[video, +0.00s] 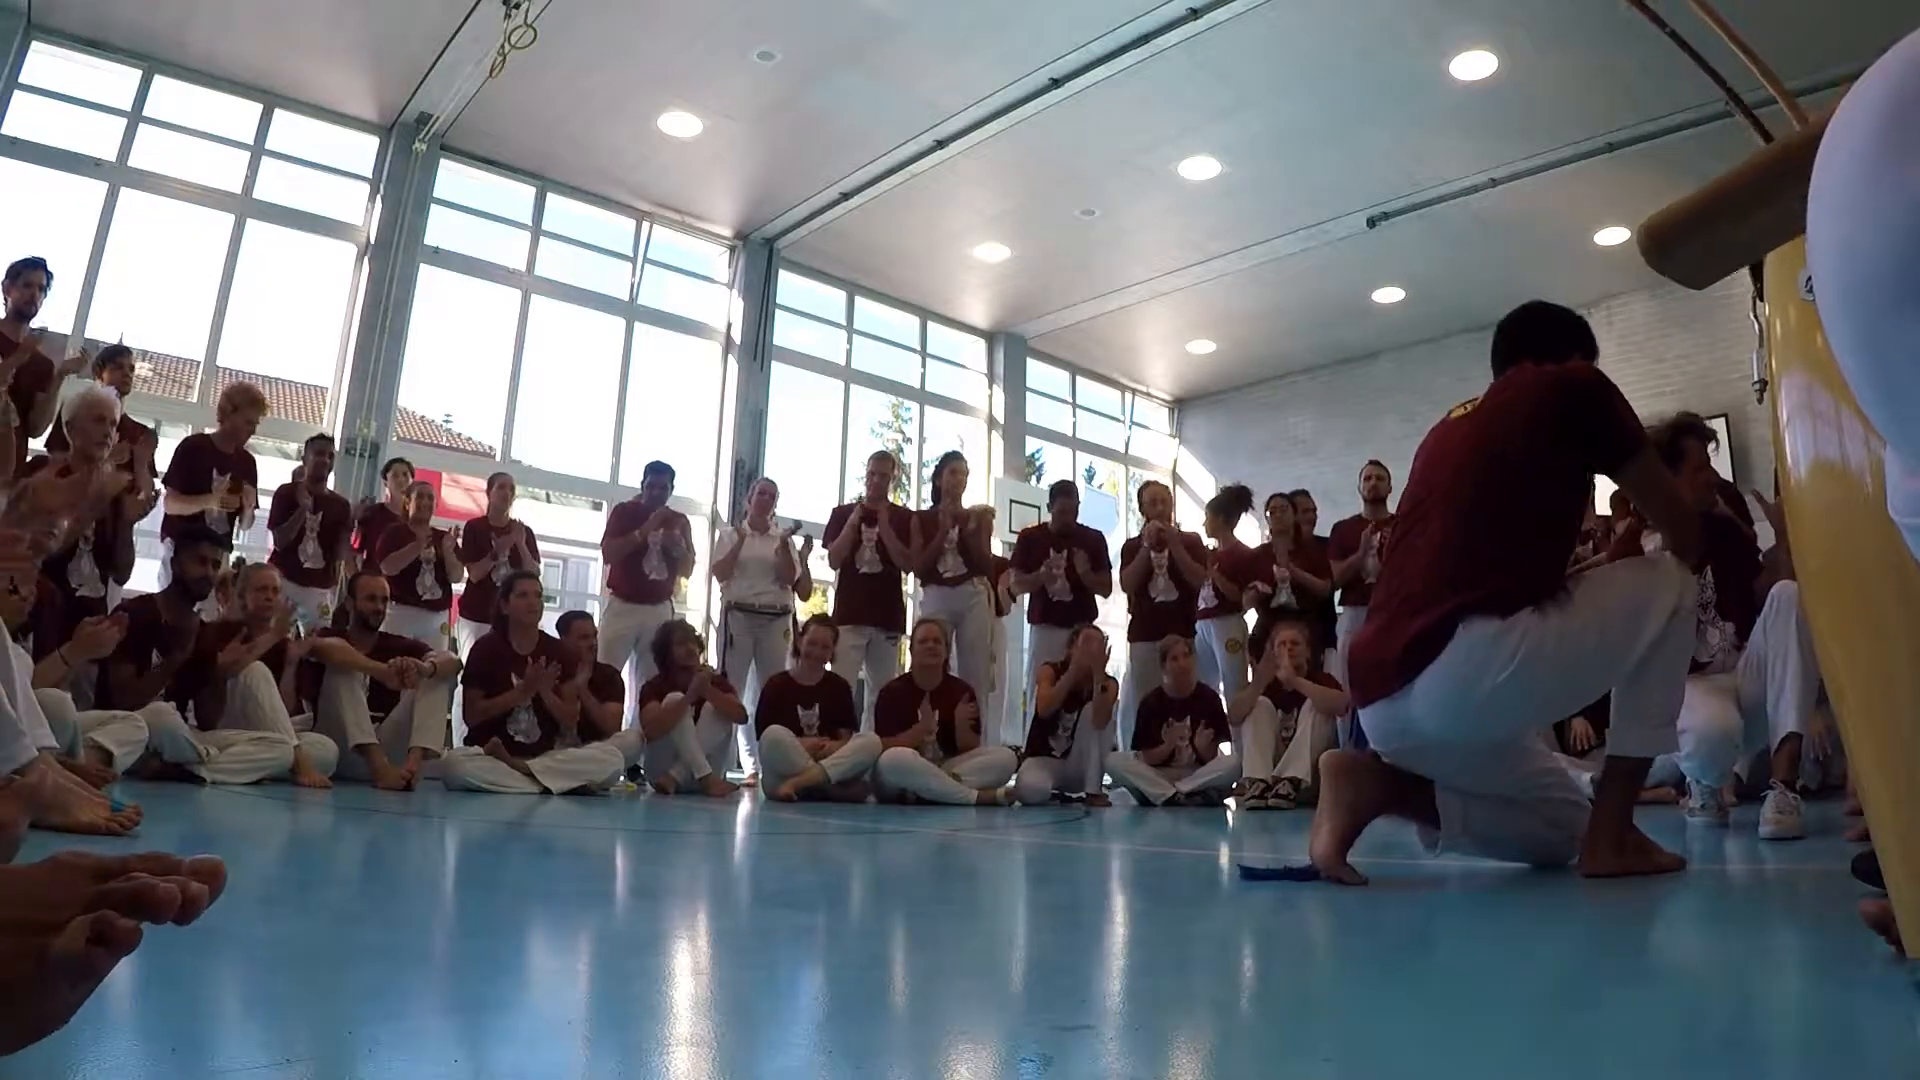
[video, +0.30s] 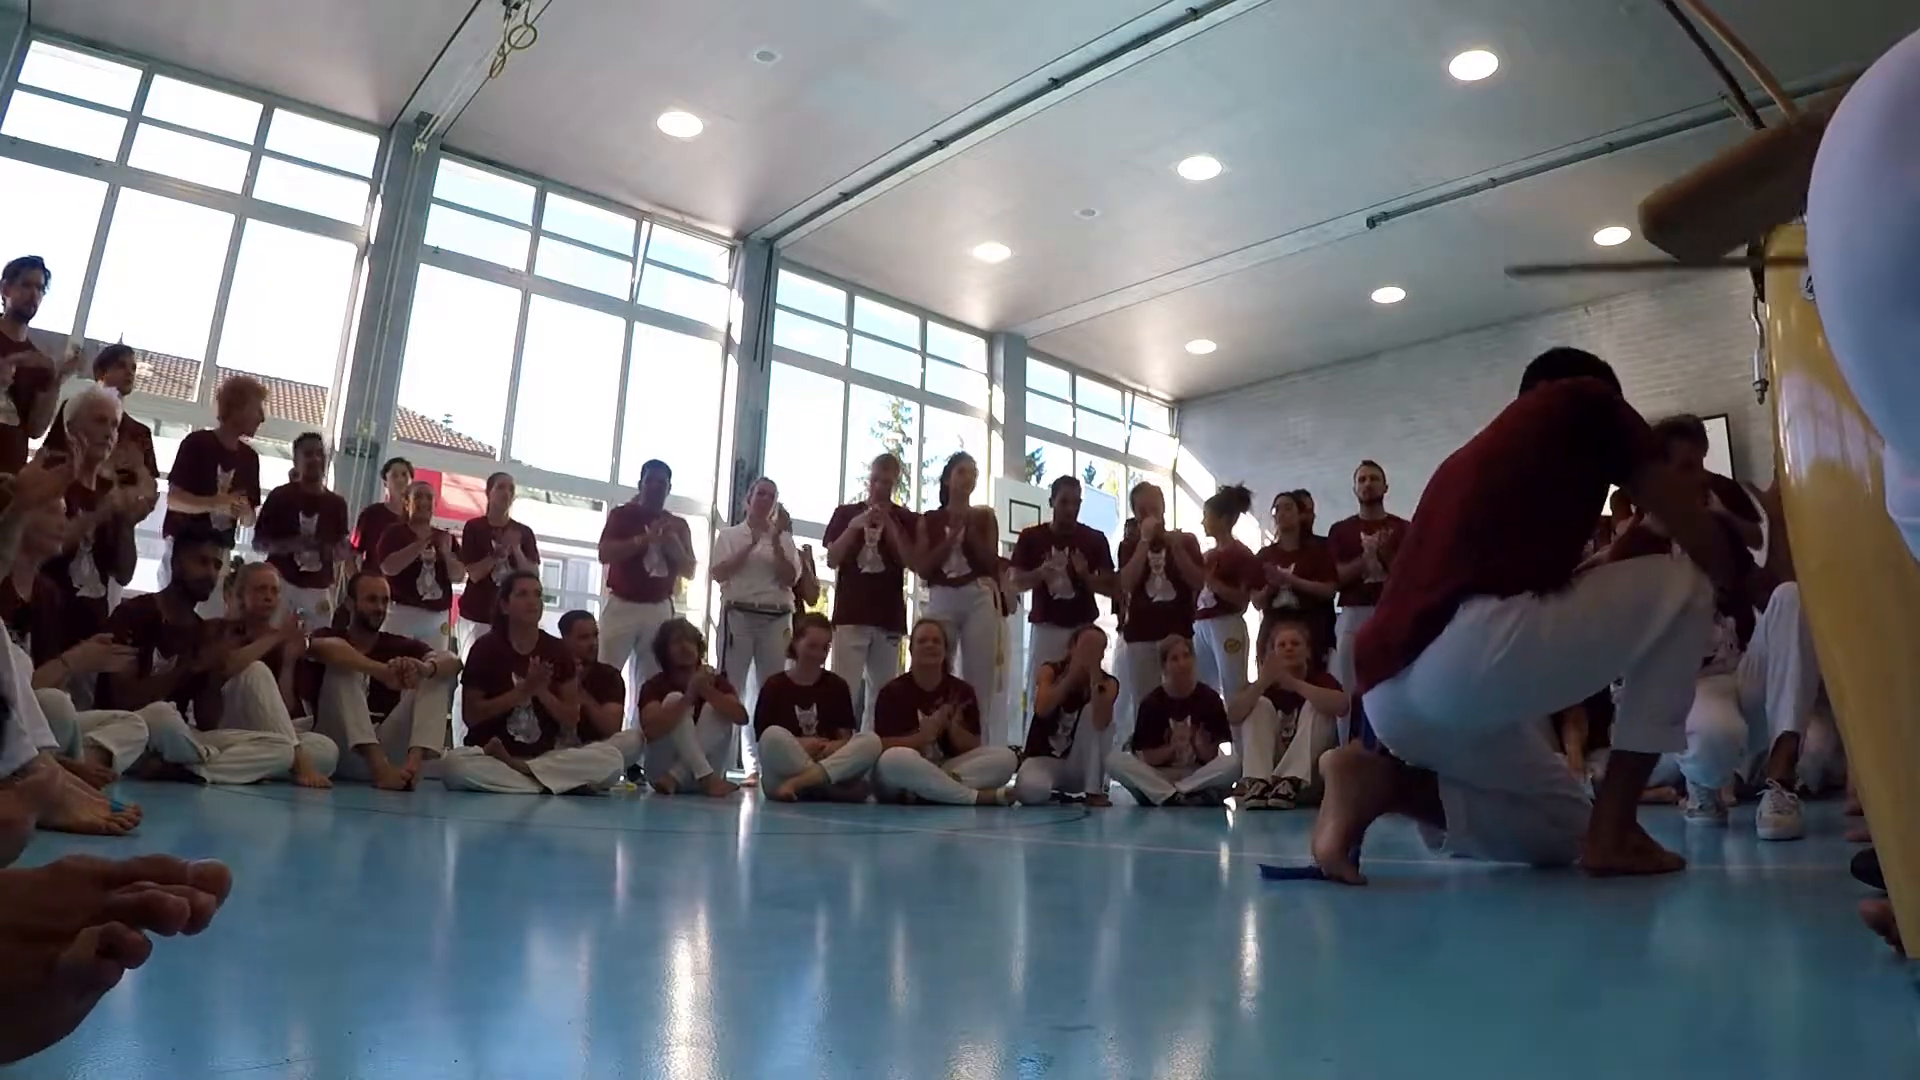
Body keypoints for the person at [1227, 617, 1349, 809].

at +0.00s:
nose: (1288, 650)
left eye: (1295, 644)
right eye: (1281, 644)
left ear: (1308, 651)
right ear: (1271, 651)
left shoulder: (1321, 680)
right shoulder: (1263, 685)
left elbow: (1341, 706)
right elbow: (1234, 717)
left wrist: (1294, 681)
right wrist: (1261, 678)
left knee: (1316, 704)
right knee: (1259, 705)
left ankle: (1289, 781)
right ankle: (1256, 781)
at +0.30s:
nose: (1289, 649)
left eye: (1295, 644)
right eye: (1281, 645)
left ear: (1308, 652)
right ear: (1270, 653)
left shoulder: (1321, 680)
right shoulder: (1258, 687)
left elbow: (1341, 706)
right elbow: (1233, 716)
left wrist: (1292, 682)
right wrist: (1264, 681)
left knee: (1316, 705)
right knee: (1259, 705)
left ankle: (1289, 781)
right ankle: (1256, 781)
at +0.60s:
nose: (1290, 650)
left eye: (1297, 644)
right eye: (1283, 645)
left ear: (1309, 652)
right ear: (1271, 653)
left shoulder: (1322, 681)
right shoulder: (1259, 686)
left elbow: (1341, 705)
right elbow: (1233, 716)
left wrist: (1293, 684)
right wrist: (1262, 681)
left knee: (1316, 706)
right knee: (1259, 704)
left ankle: (1289, 781)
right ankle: (1256, 780)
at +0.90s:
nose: (1291, 649)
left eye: (1298, 644)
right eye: (1284, 645)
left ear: (1309, 651)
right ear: (1272, 653)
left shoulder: (1323, 681)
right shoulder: (1262, 687)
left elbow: (1343, 706)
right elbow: (1234, 717)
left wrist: (1295, 684)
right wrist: (1260, 683)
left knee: (1317, 706)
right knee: (1260, 705)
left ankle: (1289, 781)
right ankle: (1256, 780)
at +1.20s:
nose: (1294, 648)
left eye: (1301, 644)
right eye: (1287, 645)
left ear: (1311, 655)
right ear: (1272, 655)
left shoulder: (1323, 681)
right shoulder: (1261, 687)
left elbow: (1342, 707)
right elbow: (1234, 717)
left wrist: (1295, 684)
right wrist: (1263, 680)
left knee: (1315, 706)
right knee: (1260, 705)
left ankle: (1289, 781)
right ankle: (1256, 780)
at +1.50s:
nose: (1294, 649)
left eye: (1301, 644)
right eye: (1287, 644)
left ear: (1311, 655)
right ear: (1273, 655)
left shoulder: (1324, 681)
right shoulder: (1260, 685)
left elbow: (1343, 706)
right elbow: (1234, 717)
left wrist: (1292, 684)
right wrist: (1261, 683)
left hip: (1313, 770)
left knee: (1316, 707)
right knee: (1260, 705)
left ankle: (1290, 781)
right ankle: (1256, 780)